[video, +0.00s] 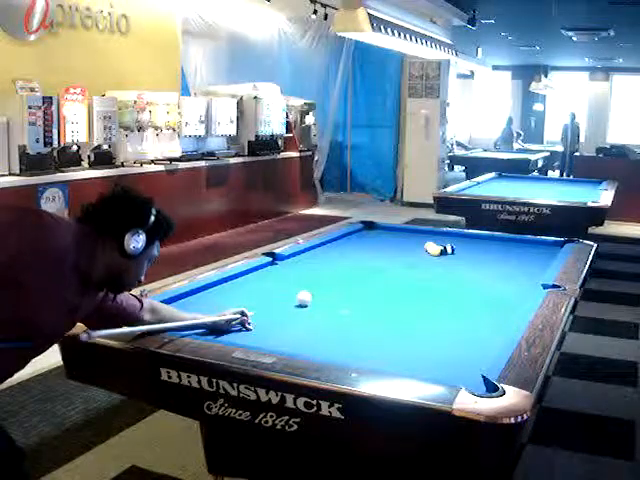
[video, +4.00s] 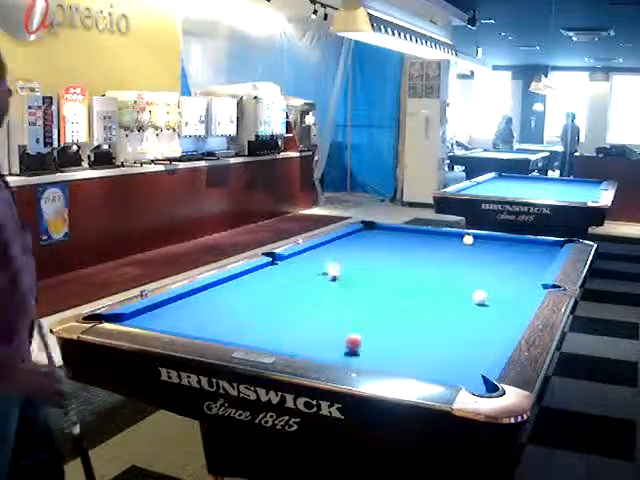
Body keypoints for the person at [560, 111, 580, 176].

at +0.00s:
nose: (571, 118)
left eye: (573, 117)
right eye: (570, 116)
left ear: (574, 117)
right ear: (569, 117)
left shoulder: (576, 127)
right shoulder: (565, 126)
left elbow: (578, 136)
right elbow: (563, 135)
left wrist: (578, 145)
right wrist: (563, 143)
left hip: (573, 146)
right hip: (566, 146)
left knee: (571, 160)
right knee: (563, 160)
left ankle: (569, 173)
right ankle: (561, 172)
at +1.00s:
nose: (572, 118)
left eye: (573, 117)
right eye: (571, 116)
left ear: (575, 117)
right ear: (569, 117)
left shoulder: (576, 127)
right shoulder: (565, 126)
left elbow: (578, 136)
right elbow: (562, 135)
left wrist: (576, 143)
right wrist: (563, 143)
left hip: (572, 147)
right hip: (565, 146)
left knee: (571, 160)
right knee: (563, 160)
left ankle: (569, 173)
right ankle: (561, 172)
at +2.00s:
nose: (572, 119)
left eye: (573, 117)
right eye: (571, 117)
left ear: (574, 118)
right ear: (569, 117)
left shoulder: (576, 127)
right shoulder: (565, 126)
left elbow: (578, 136)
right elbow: (562, 135)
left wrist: (577, 144)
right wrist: (563, 143)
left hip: (573, 146)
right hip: (566, 146)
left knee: (571, 160)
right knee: (563, 160)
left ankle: (569, 173)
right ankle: (561, 173)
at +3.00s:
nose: (572, 119)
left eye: (573, 118)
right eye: (571, 117)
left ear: (576, 118)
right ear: (569, 118)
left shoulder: (578, 127)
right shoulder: (566, 126)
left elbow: (580, 137)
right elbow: (563, 136)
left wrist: (578, 145)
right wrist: (564, 144)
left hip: (574, 147)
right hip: (567, 146)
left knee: (572, 160)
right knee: (564, 158)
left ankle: (570, 172)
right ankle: (562, 171)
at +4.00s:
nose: (570, 119)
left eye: (572, 117)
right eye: (569, 117)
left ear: (574, 118)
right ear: (567, 118)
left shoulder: (576, 127)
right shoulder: (565, 126)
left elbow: (578, 136)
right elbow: (562, 135)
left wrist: (577, 143)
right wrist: (563, 142)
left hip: (573, 146)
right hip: (566, 145)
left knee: (571, 159)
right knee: (564, 159)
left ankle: (570, 173)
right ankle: (562, 172)